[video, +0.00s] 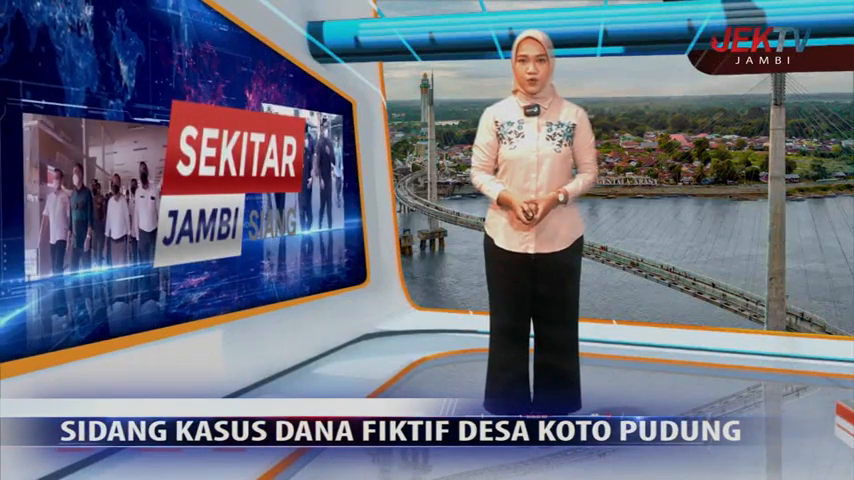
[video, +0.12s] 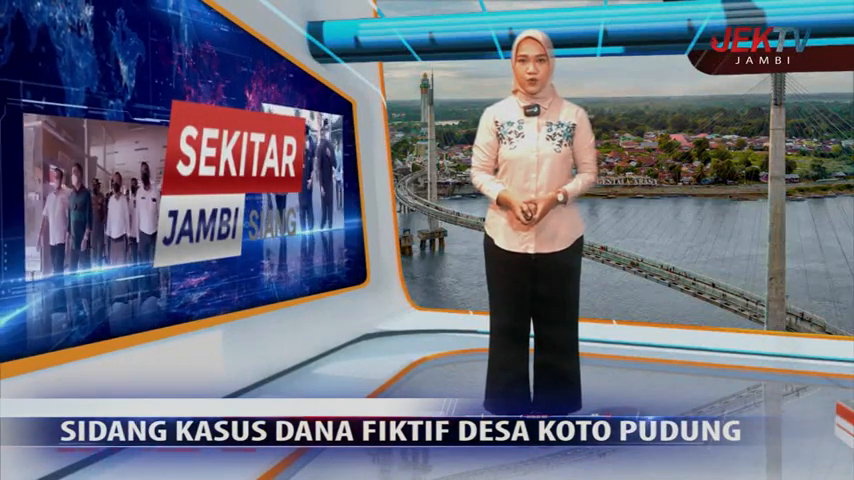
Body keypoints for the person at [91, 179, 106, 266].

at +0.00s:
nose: (96, 189)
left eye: (97, 187)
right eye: (94, 187)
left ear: (99, 188)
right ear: (92, 188)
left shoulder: (102, 198)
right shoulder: (91, 198)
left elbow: (104, 210)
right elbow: (89, 210)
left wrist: (104, 219)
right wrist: (90, 221)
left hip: (101, 221)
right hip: (94, 221)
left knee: (101, 240)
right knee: (94, 240)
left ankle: (100, 258)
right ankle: (94, 258)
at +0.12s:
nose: (96, 187)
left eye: (97, 185)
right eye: (94, 185)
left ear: (100, 186)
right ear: (92, 186)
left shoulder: (102, 197)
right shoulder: (90, 197)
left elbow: (103, 209)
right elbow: (89, 209)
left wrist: (103, 219)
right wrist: (88, 221)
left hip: (100, 220)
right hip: (92, 220)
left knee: (100, 240)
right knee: (93, 239)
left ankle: (99, 260)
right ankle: (93, 260)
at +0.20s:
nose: (96, 188)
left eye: (97, 185)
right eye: (95, 186)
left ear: (99, 187)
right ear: (92, 187)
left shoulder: (102, 199)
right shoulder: (90, 199)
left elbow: (104, 212)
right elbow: (88, 212)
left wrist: (104, 222)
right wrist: (88, 223)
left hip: (100, 222)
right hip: (92, 222)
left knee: (100, 240)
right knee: (93, 241)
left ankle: (101, 260)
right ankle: (93, 261)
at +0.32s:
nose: (97, 190)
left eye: (99, 188)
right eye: (95, 188)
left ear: (101, 189)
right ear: (93, 189)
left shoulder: (104, 202)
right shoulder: (91, 202)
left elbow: (106, 216)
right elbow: (89, 215)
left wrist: (105, 226)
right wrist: (89, 227)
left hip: (102, 226)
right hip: (93, 226)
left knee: (101, 242)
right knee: (94, 242)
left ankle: (102, 261)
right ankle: (93, 261)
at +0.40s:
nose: (98, 191)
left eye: (99, 189)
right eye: (96, 189)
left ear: (102, 191)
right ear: (94, 191)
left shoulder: (105, 203)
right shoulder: (93, 203)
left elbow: (107, 216)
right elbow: (91, 215)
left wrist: (105, 227)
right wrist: (91, 226)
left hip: (103, 225)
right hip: (95, 225)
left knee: (102, 241)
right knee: (95, 241)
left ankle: (103, 260)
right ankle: (94, 259)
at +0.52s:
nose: (99, 193)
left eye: (101, 191)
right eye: (97, 191)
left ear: (103, 193)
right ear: (95, 192)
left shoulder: (106, 204)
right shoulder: (94, 204)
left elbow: (108, 218)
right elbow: (92, 217)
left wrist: (105, 229)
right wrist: (92, 228)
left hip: (103, 228)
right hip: (96, 227)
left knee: (103, 244)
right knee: (96, 243)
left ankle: (104, 261)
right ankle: (95, 261)